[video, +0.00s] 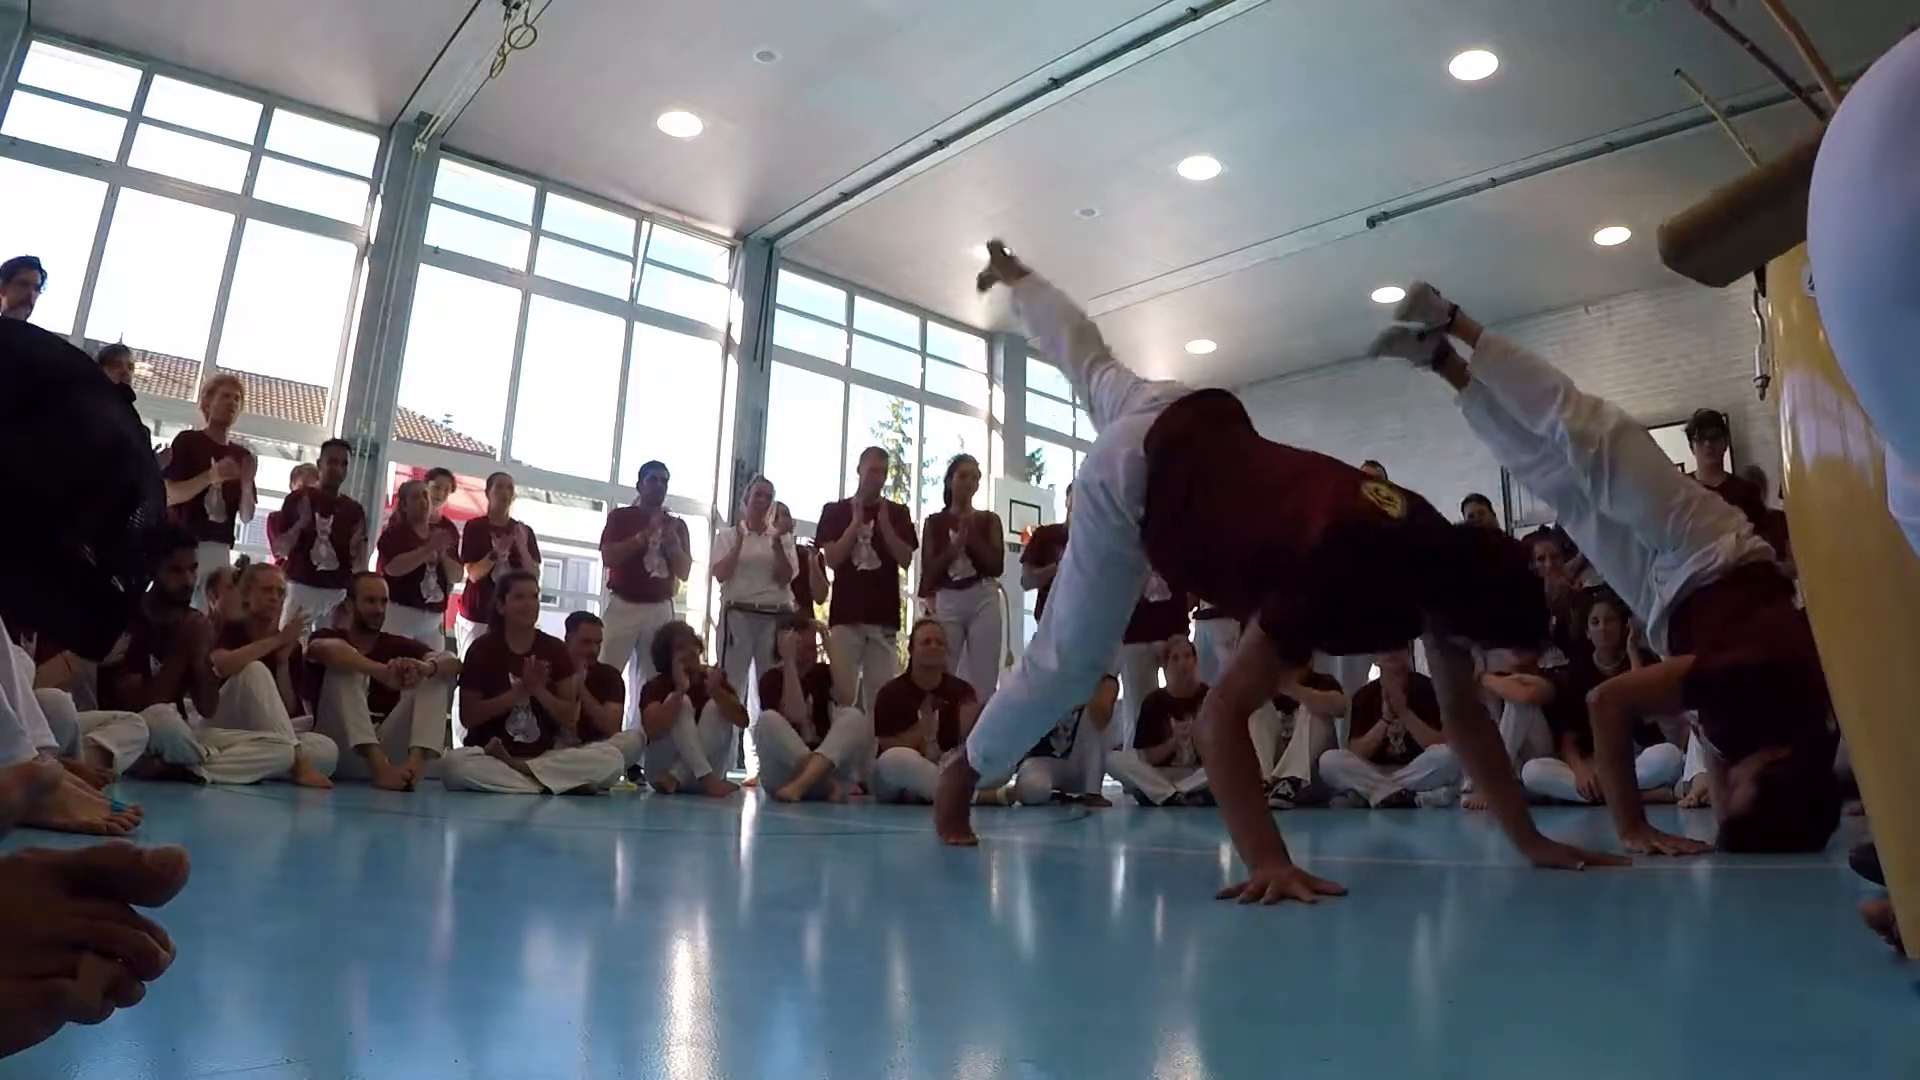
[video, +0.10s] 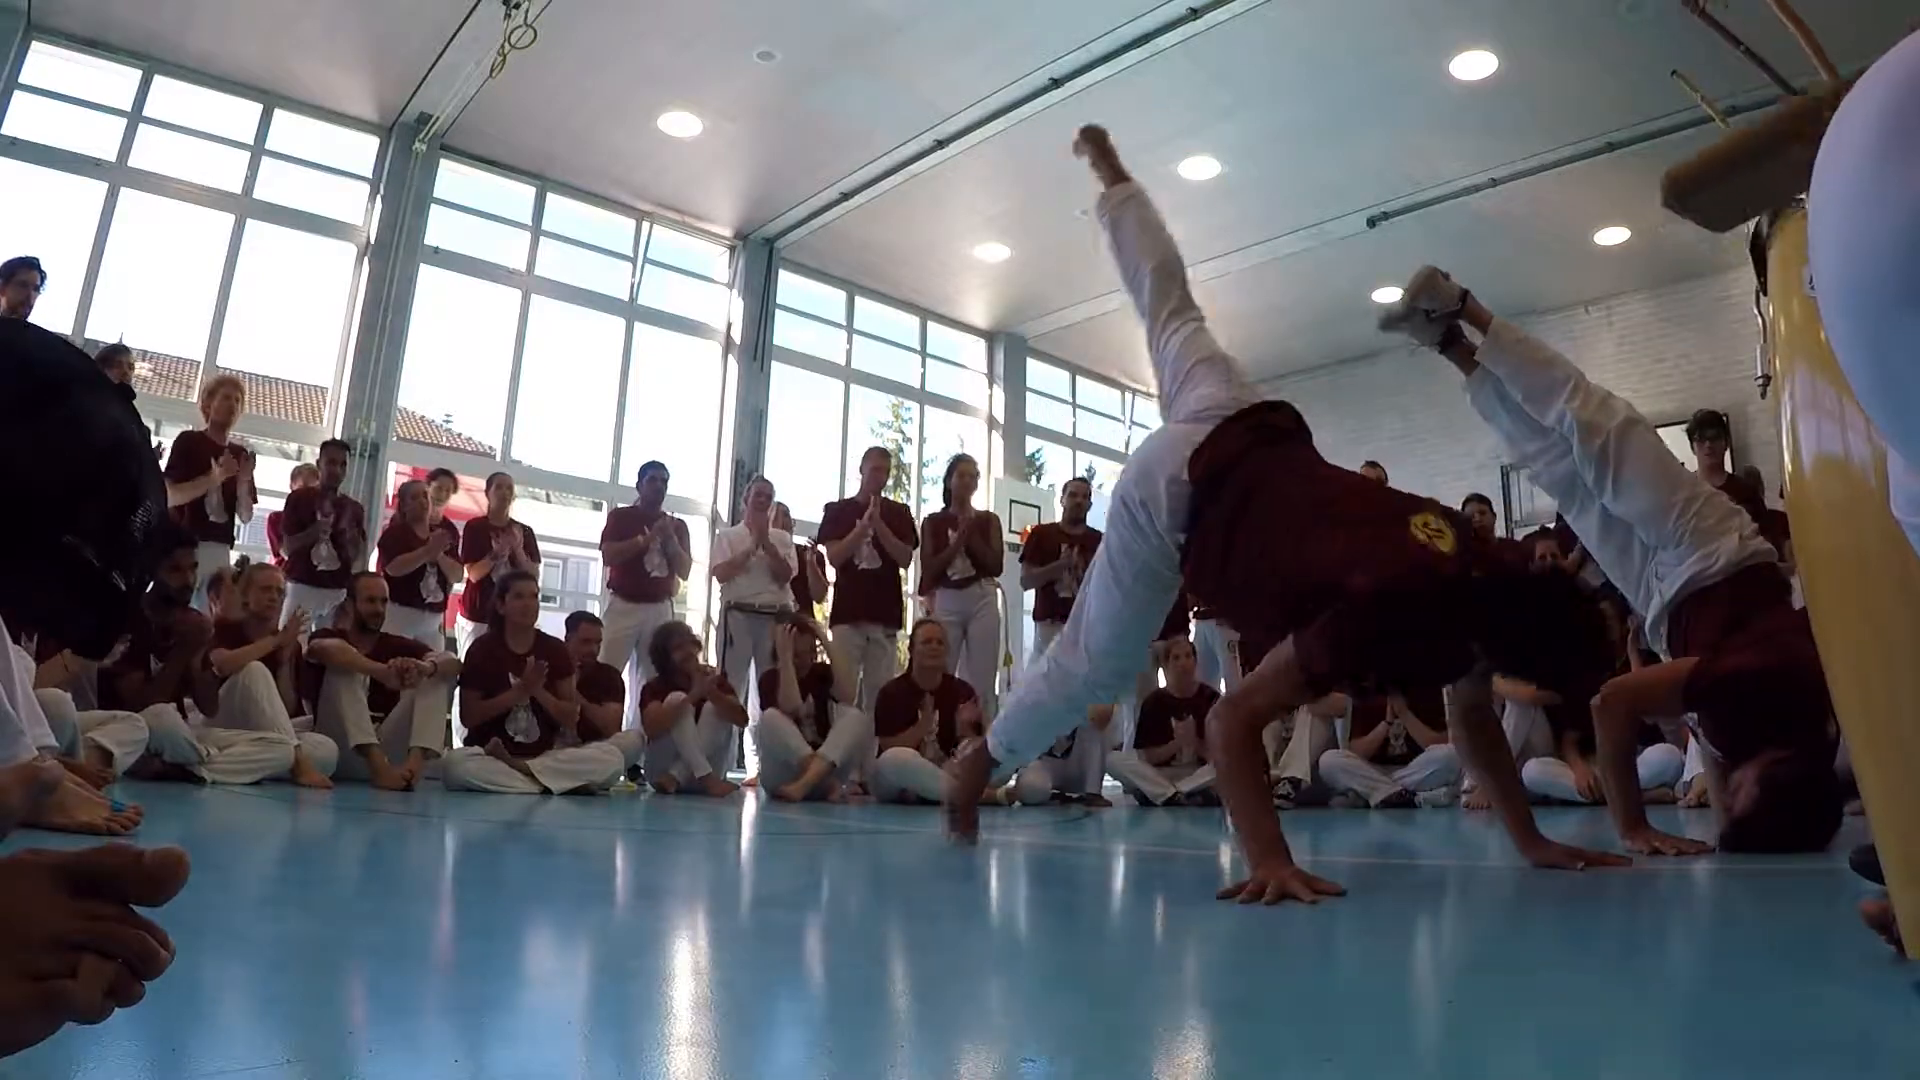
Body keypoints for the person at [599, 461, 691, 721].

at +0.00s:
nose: (659, 485)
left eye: (663, 481)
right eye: (653, 479)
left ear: (668, 487)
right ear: (639, 484)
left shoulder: (676, 525)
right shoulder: (619, 517)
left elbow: (684, 573)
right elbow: (609, 557)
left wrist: (672, 545)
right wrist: (644, 535)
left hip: (660, 609)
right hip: (622, 607)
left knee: (653, 684)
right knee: (606, 679)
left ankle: (646, 747)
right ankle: (599, 744)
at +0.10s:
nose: (658, 485)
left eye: (663, 481)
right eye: (652, 480)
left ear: (667, 487)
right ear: (639, 484)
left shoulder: (677, 525)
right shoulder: (619, 516)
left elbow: (684, 571)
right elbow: (609, 556)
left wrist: (670, 539)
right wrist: (645, 540)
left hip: (659, 610)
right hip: (622, 608)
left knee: (653, 685)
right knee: (606, 679)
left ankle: (647, 749)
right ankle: (600, 745)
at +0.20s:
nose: (658, 485)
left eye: (663, 481)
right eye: (652, 480)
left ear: (667, 487)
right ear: (639, 484)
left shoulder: (677, 525)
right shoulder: (619, 516)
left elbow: (684, 572)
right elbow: (609, 556)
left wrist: (671, 541)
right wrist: (645, 539)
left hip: (659, 611)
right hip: (622, 609)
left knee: (652, 686)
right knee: (606, 680)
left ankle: (646, 749)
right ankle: (600, 746)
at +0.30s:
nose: (659, 485)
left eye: (663, 481)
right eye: (652, 480)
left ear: (667, 487)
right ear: (639, 484)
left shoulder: (676, 525)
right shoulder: (619, 517)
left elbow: (684, 573)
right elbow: (609, 557)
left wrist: (673, 546)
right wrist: (644, 534)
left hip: (660, 609)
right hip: (622, 608)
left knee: (653, 686)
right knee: (605, 680)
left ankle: (645, 749)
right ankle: (597, 745)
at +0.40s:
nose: (658, 485)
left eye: (663, 481)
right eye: (652, 480)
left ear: (668, 487)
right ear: (639, 484)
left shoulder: (676, 525)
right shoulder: (619, 517)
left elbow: (684, 573)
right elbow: (610, 557)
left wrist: (673, 548)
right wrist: (643, 535)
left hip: (659, 610)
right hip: (622, 608)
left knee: (653, 685)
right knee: (606, 680)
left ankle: (646, 749)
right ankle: (598, 745)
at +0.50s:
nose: (658, 485)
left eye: (663, 481)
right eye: (652, 480)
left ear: (667, 487)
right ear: (639, 484)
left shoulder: (676, 525)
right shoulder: (619, 517)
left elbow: (684, 572)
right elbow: (610, 557)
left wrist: (670, 539)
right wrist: (646, 540)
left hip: (659, 609)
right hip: (622, 607)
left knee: (652, 684)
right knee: (605, 678)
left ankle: (645, 746)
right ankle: (597, 744)